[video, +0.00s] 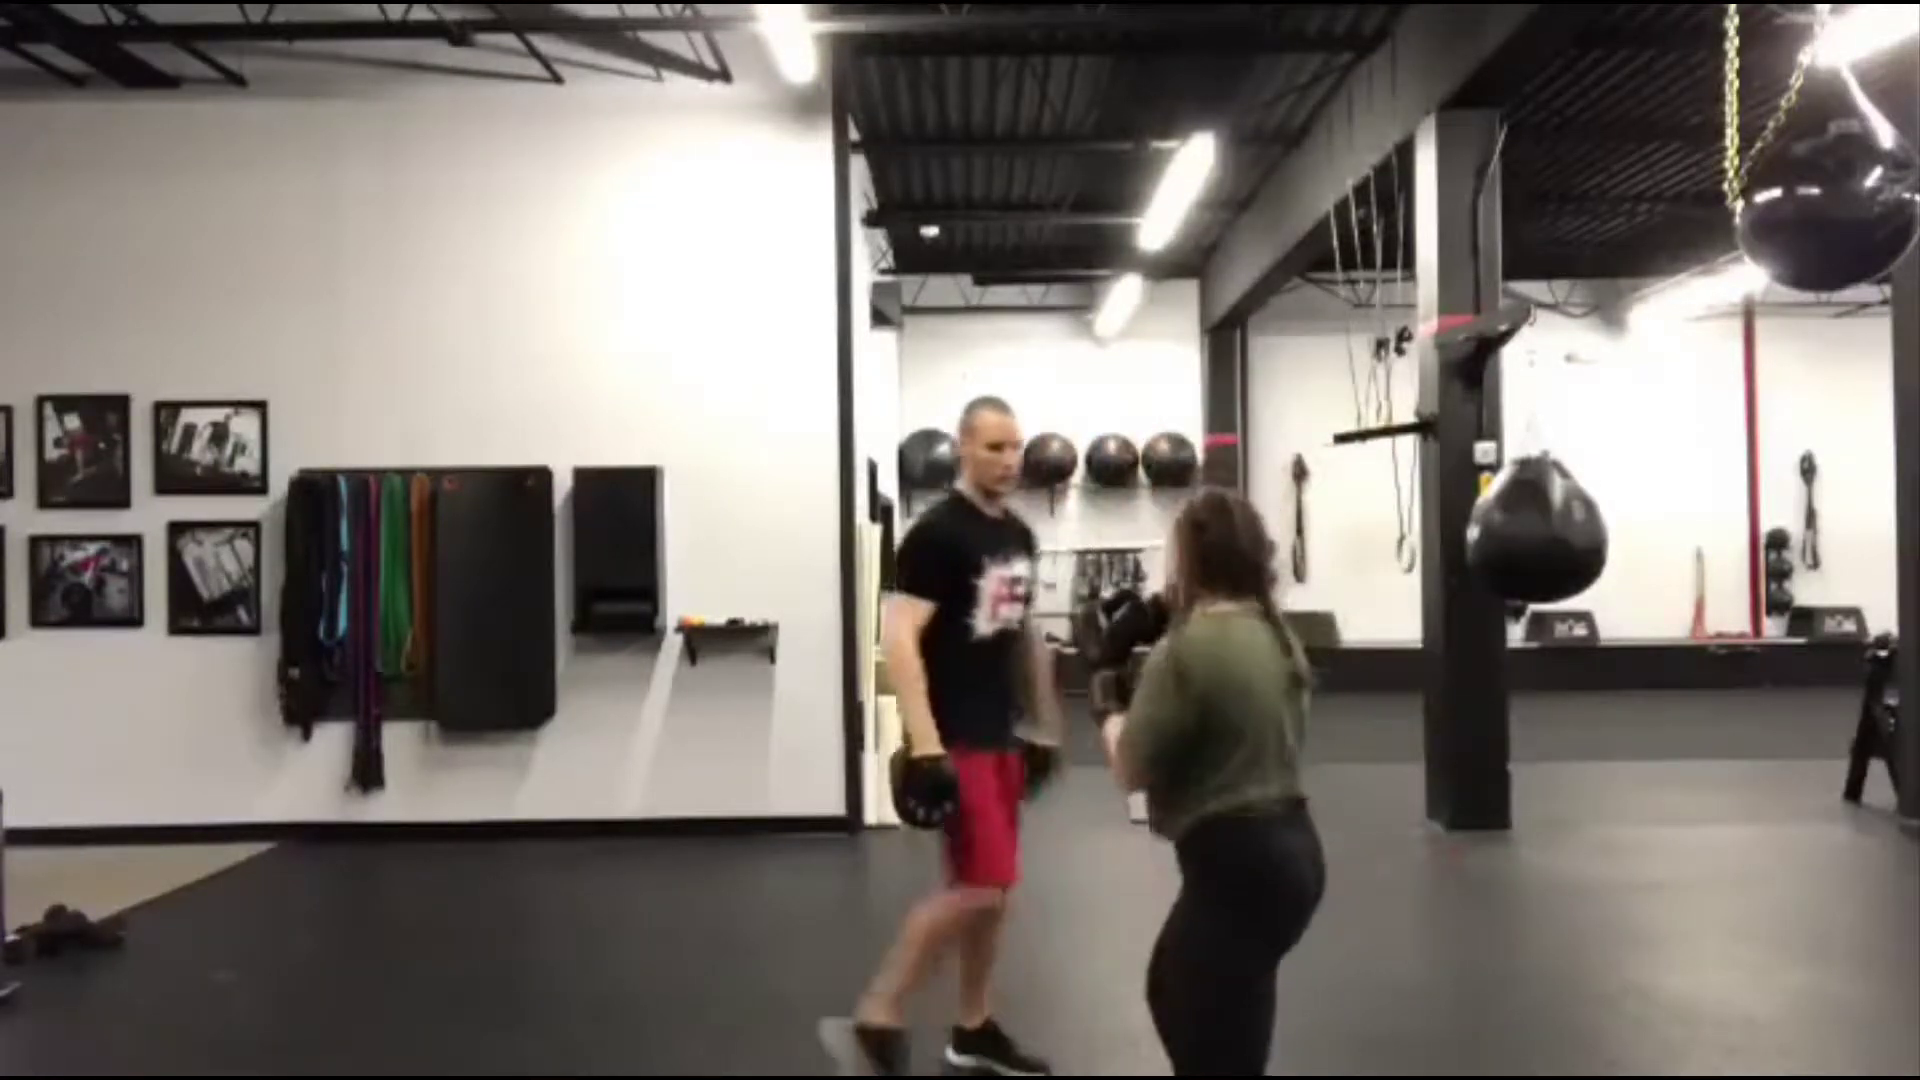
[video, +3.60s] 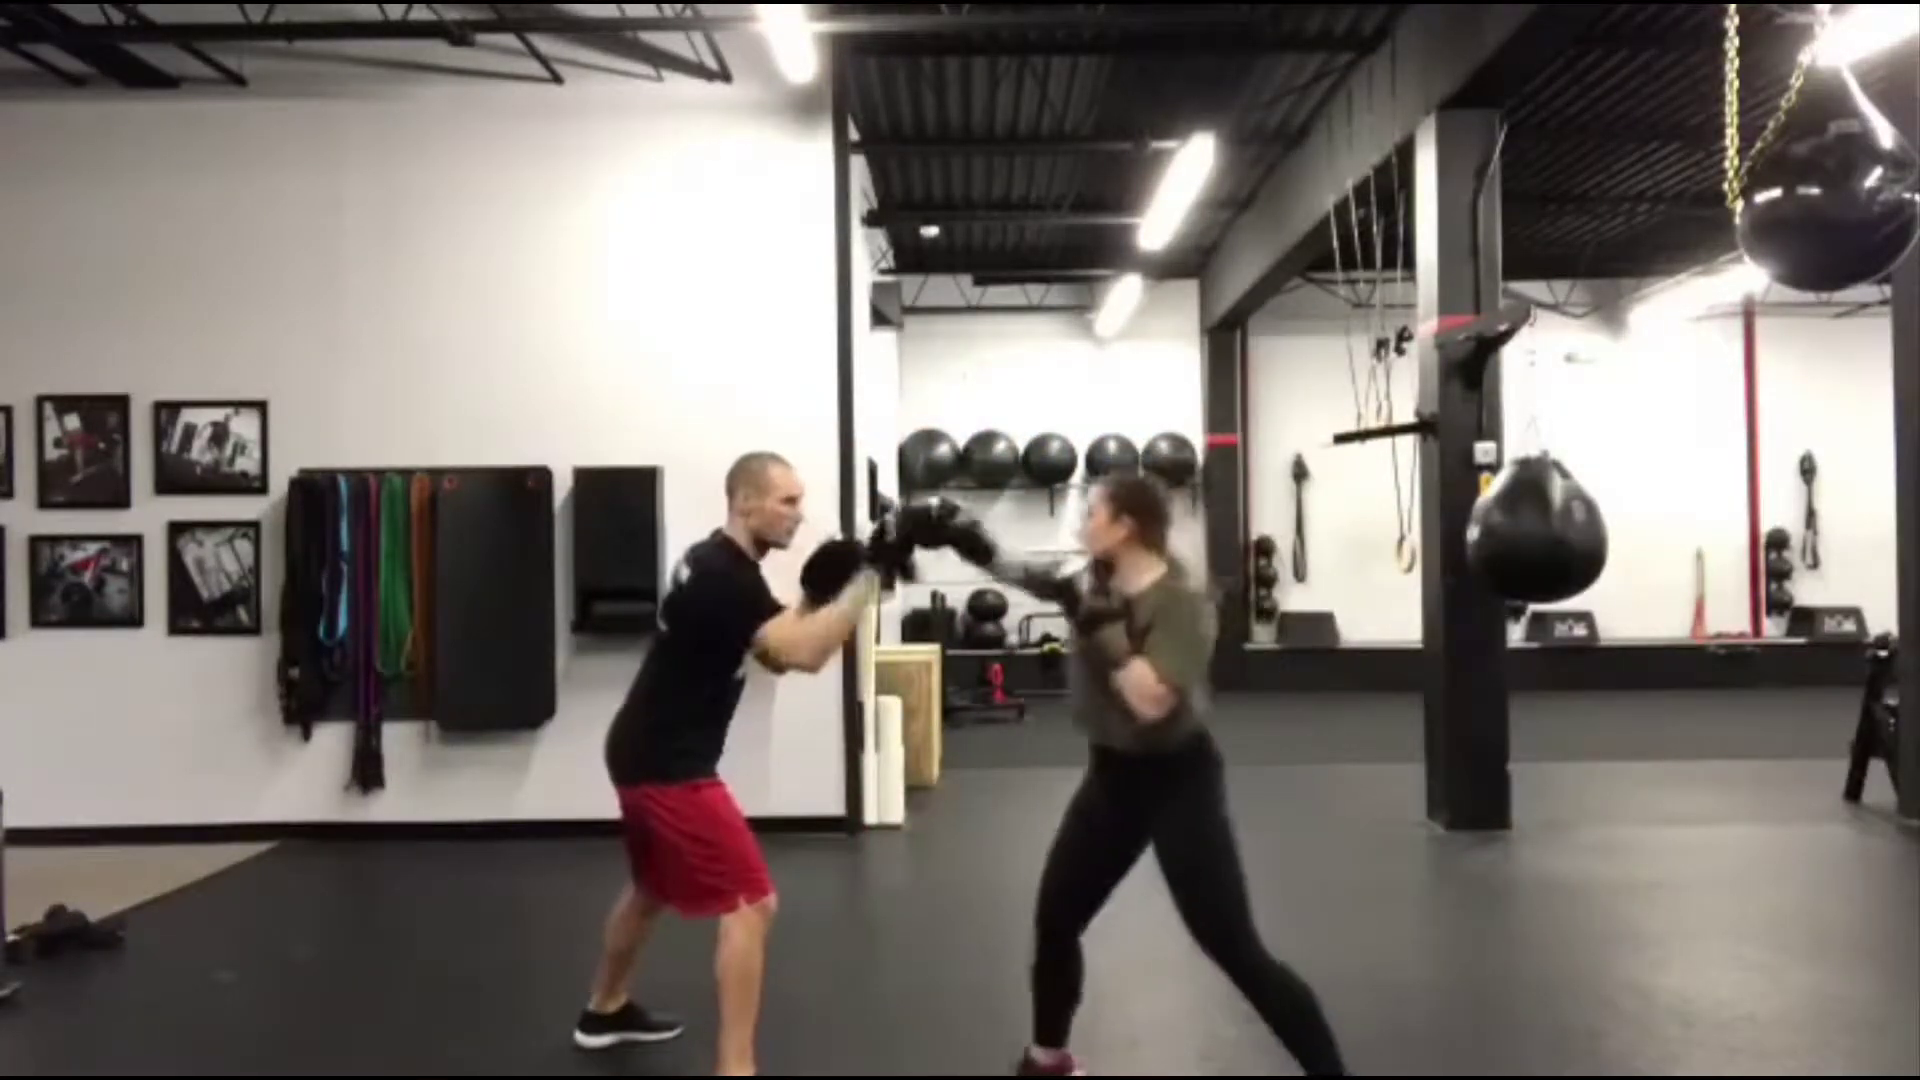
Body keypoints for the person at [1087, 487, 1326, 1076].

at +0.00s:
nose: (1171, 557)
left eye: (1176, 545)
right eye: (1175, 544)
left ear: (1190, 555)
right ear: (1252, 551)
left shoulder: (1186, 649)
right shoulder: (1277, 635)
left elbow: (1129, 766)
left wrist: (1110, 702)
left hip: (1233, 862)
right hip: (1289, 844)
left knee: (1176, 991)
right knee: (1237, 1000)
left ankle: (1215, 1071)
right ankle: (1236, 1068)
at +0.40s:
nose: (1206, 554)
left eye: (1213, 539)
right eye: (1209, 539)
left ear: (1241, 548)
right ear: (1286, 544)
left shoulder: (1265, 631)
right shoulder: (1323, 619)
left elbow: (1199, 752)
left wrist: (1158, 675)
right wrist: (1214, 649)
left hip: (1313, 870)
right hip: (1346, 858)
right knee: (1226, 992)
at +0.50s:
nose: (1203, 554)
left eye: (1208, 540)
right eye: (1205, 540)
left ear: (1236, 551)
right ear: (1281, 548)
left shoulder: (1265, 636)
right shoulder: (1306, 623)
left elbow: (1213, 761)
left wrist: (1164, 681)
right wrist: (1213, 662)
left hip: (1317, 876)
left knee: (1314, 1061)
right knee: (1198, 957)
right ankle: (1243, 1069)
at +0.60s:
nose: (1188, 508)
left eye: (1194, 493)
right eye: (1191, 493)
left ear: (1223, 500)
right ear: (1252, 499)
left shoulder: (1258, 582)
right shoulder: (1282, 572)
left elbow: (1193, 702)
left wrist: (1153, 638)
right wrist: (1195, 605)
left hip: (1302, 826)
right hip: (1288, 819)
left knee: (1334, 1045)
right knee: (1182, 928)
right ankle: (1224, 1068)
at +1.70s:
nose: (1149, 520)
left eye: (1158, 508)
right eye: (1153, 508)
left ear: (1189, 518)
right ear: (1194, 519)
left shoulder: (1217, 600)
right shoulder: (1196, 595)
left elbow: (1142, 688)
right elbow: (1155, 673)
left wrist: (1114, 618)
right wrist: (1130, 606)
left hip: (1230, 797)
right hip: (1191, 793)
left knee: (1250, 985)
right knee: (1134, 933)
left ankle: (1346, 1065)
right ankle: (1143, 1069)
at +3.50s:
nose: (1113, 513)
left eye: (1120, 501)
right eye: (1115, 501)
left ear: (1152, 510)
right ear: (1155, 511)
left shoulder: (1207, 582)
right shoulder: (1152, 576)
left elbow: (1158, 676)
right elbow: (1131, 632)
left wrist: (1110, 595)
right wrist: (1075, 575)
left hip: (1213, 774)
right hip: (1154, 771)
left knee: (1257, 940)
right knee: (1071, 900)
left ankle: (1347, 1068)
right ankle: (1078, 1043)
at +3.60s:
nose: (1084, 528)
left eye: (1093, 517)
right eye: (1087, 517)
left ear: (1126, 526)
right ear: (1124, 526)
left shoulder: (1181, 604)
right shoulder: (1099, 585)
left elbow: (1152, 700)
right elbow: (1025, 573)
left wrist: (1096, 621)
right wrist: (962, 536)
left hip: (1181, 778)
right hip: (1117, 776)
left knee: (1231, 943)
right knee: (1056, 918)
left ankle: (1327, 1068)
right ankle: (1048, 1057)